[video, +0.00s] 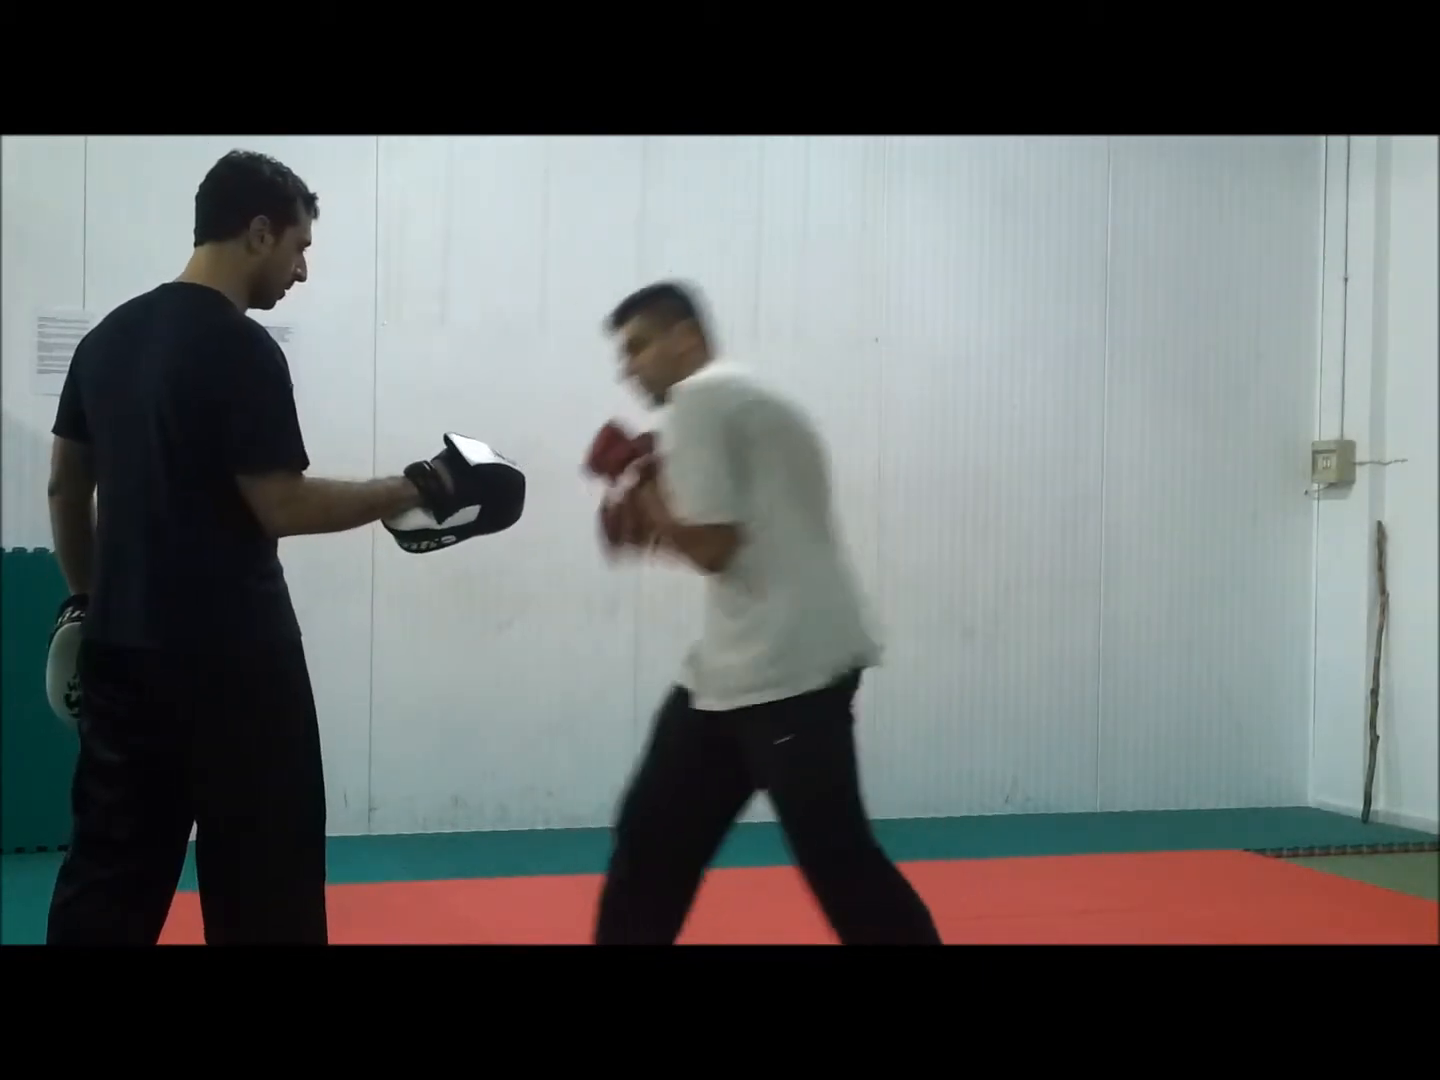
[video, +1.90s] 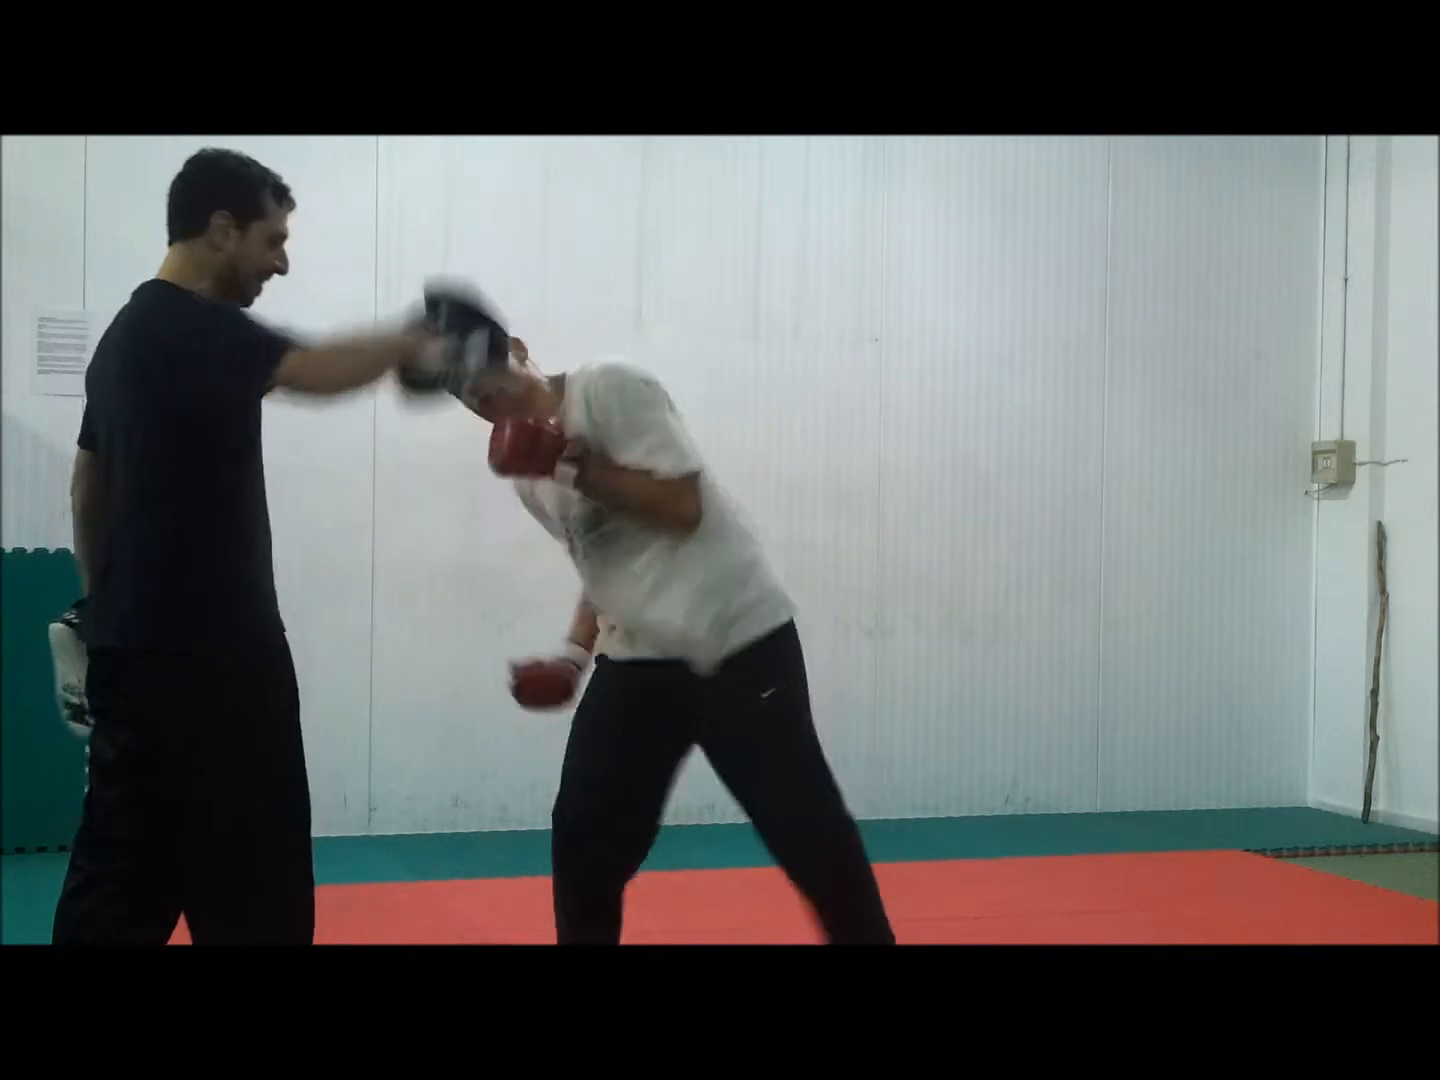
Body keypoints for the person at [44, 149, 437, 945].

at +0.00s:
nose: (304, 269)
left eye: (307, 249)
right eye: (303, 245)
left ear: (212, 230)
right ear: (260, 231)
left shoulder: (107, 338)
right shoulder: (243, 349)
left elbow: (66, 490)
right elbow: (282, 505)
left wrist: (86, 602)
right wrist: (412, 489)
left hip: (123, 661)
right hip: (238, 664)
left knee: (105, 885)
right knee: (268, 891)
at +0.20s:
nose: (300, 270)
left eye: (304, 249)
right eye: (298, 245)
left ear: (217, 231)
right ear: (255, 231)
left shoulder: (103, 337)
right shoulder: (241, 345)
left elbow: (60, 487)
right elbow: (287, 499)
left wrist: (78, 602)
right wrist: (414, 480)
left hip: (120, 657)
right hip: (237, 658)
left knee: (106, 880)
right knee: (268, 887)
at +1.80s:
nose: (290, 263)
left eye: (291, 244)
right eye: (281, 241)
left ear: (220, 234)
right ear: (228, 230)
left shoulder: (127, 337)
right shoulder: (206, 334)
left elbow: (90, 488)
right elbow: (294, 413)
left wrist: (95, 599)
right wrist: (409, 395)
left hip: (130, 645)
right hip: (220, 644)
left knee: (121, 866)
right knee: (263, 871)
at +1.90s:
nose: (282, 261)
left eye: (284, 241)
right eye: (274, 238)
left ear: (213, 231)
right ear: (221, 228)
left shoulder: (126, 335)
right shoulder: (206, 329)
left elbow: (91, 490)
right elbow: (314, 369)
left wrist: (103, 602)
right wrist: (410, 339)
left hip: (134, 646)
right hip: (222, 647)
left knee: (120, 867)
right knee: (259, 874)